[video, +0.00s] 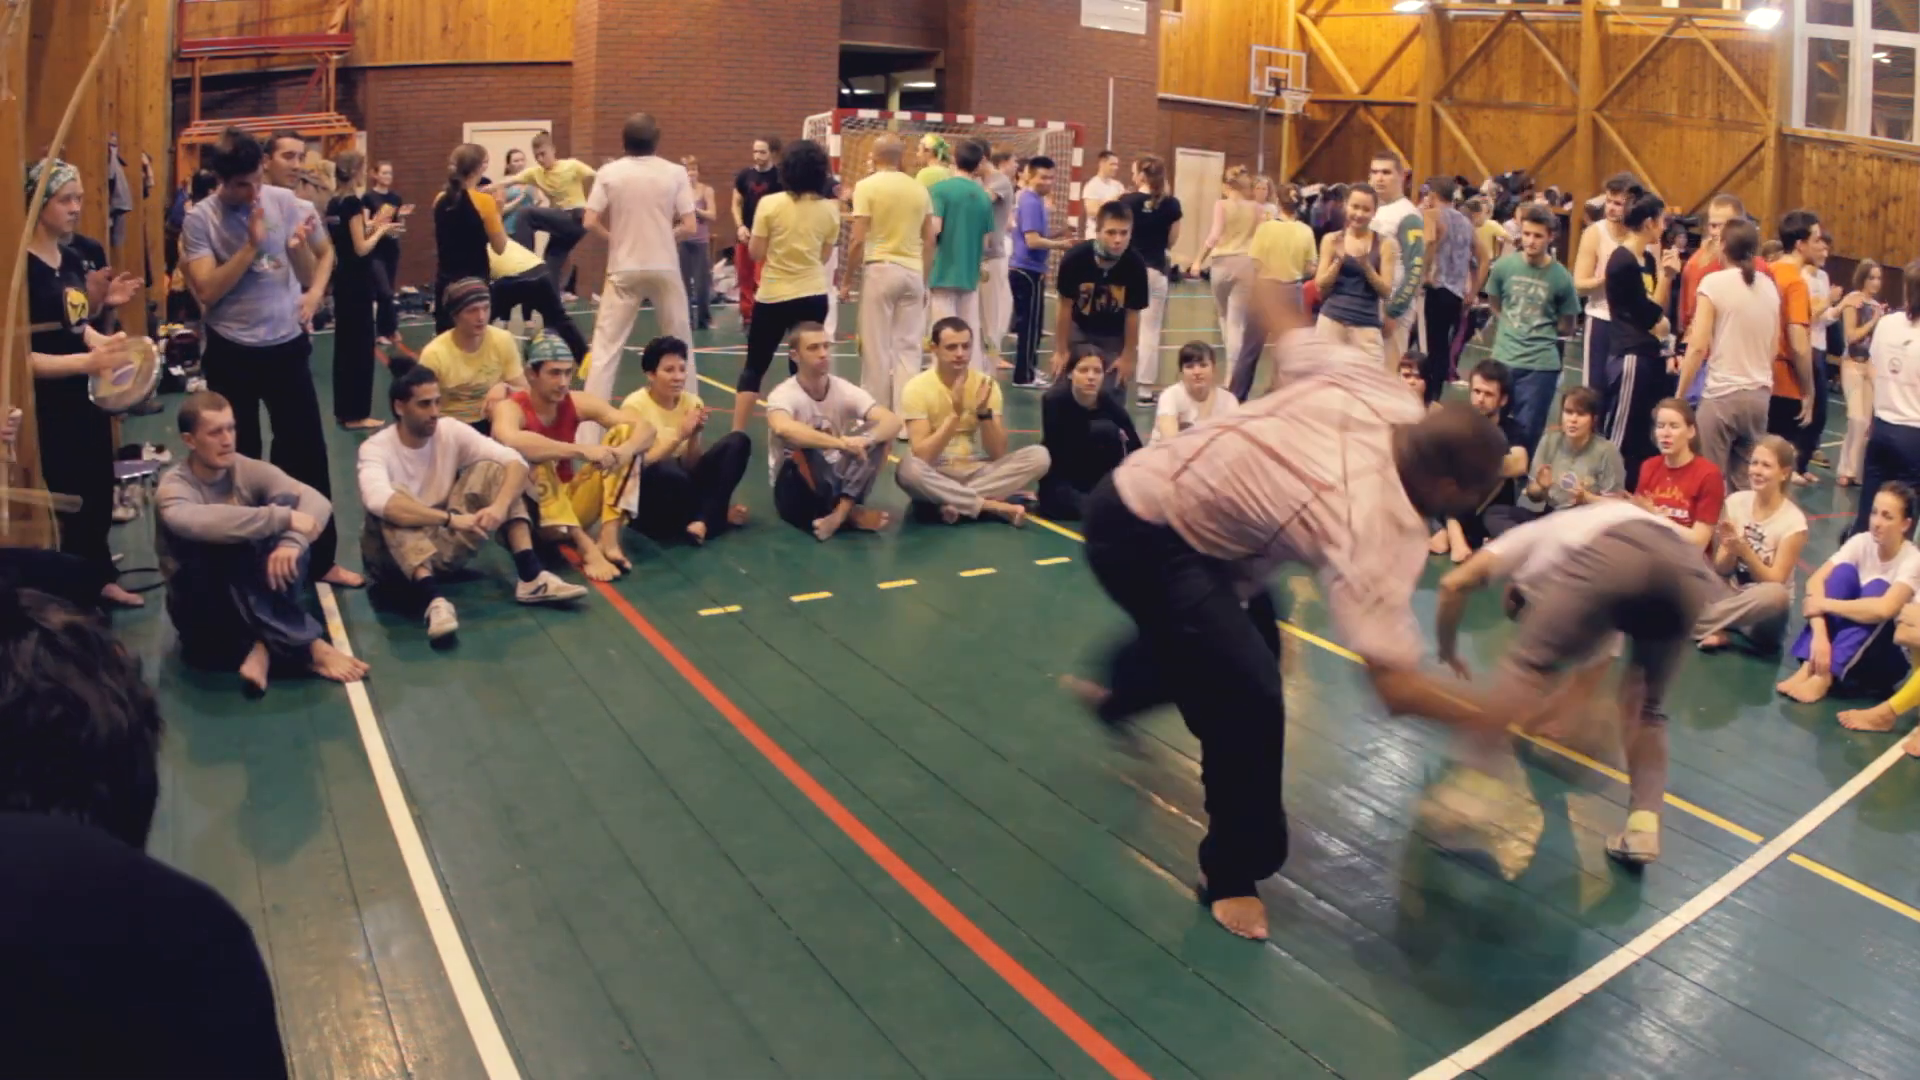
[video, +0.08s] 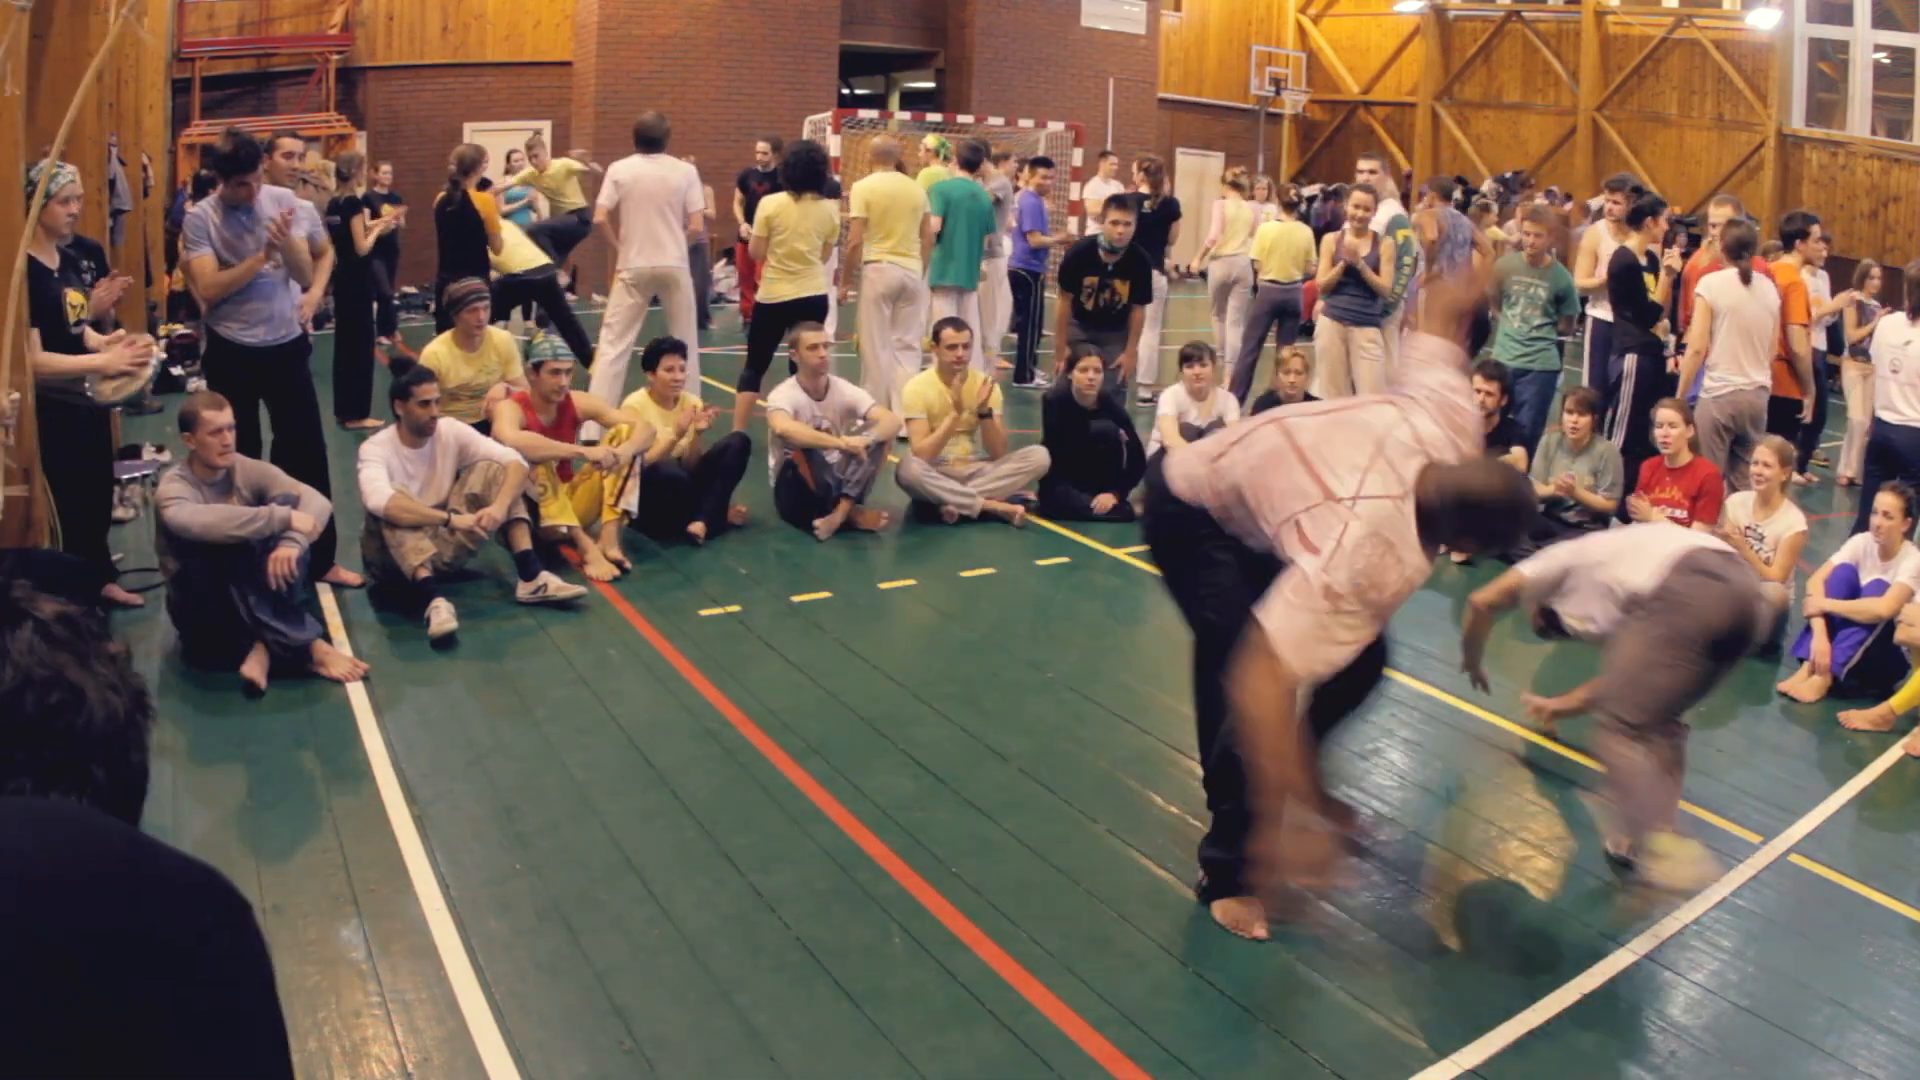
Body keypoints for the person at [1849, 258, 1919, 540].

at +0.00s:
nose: (1877, 282)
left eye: (1880, 277)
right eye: (1872, 277)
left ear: (1906, 289)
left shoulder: (1886, 323)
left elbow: (1872, 370)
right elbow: (1873, 371)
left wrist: (1875, 415)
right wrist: (1876, 415)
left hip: (1881, 426)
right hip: (1911, 432)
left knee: (1869, 504)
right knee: (1908, 513)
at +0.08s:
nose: (1877, 282)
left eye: (1880, 277)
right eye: (1872, 277)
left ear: (1906, 290)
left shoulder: (1886, 324)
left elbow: (1876, 364)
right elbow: (1877, 366)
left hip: (1882, 427)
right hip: (1911, 431)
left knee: (1869, 506)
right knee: (1908, 513)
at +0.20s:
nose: (1878, 282)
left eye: (1881, 278)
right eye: (1873, 277)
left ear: (1906, 289)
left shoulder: (1886, 324)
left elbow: (1875, 363)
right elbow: (1876, 366)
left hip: (1882, 426)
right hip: (1912, 431)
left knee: (1869, 505)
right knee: (1909, 512)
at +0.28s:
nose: (1878, 283)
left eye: (1881, 277)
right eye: (1873, 277)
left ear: (1907, 289)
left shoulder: (1886, 324)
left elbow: (1876, 365)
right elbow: (1877, 368)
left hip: (1882, 426)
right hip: (1912, 431)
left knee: (1869, 505)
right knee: (1909, 514)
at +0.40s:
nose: (1878, 283)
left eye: (1881, 278)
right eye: (1873, 277)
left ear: (1907, 290)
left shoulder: (1887, 324)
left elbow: (1877, 367)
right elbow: (1878, 369)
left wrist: (1878, 412)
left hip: (1882, 426)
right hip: (1911, 431)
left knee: (1869, 505)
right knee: (1908, 512)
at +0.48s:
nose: (1879, 282)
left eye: (1881, 278)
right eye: (1873, 277)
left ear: (1907, 290)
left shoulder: (1887, 324)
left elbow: (1877, 368)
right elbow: (1878, 370)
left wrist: (1878, 412)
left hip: (1882, 426)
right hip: (1911, 431)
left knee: (1869, 505)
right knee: (1908, 514)